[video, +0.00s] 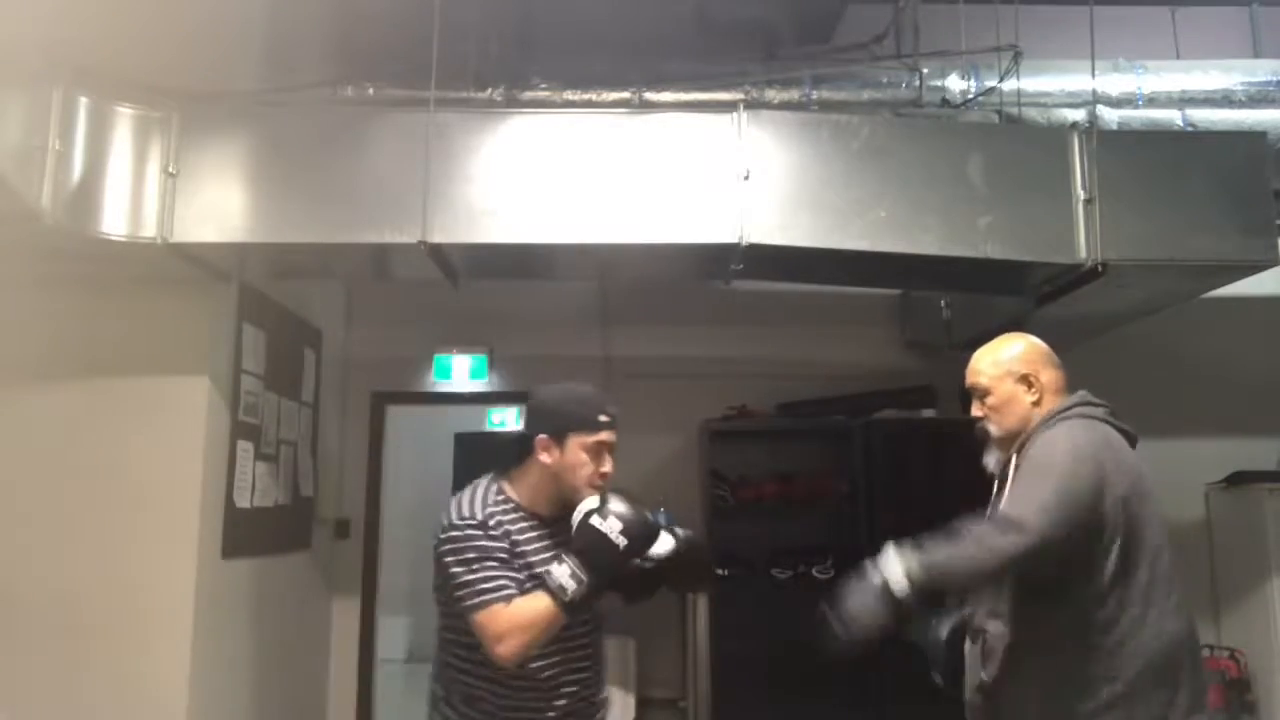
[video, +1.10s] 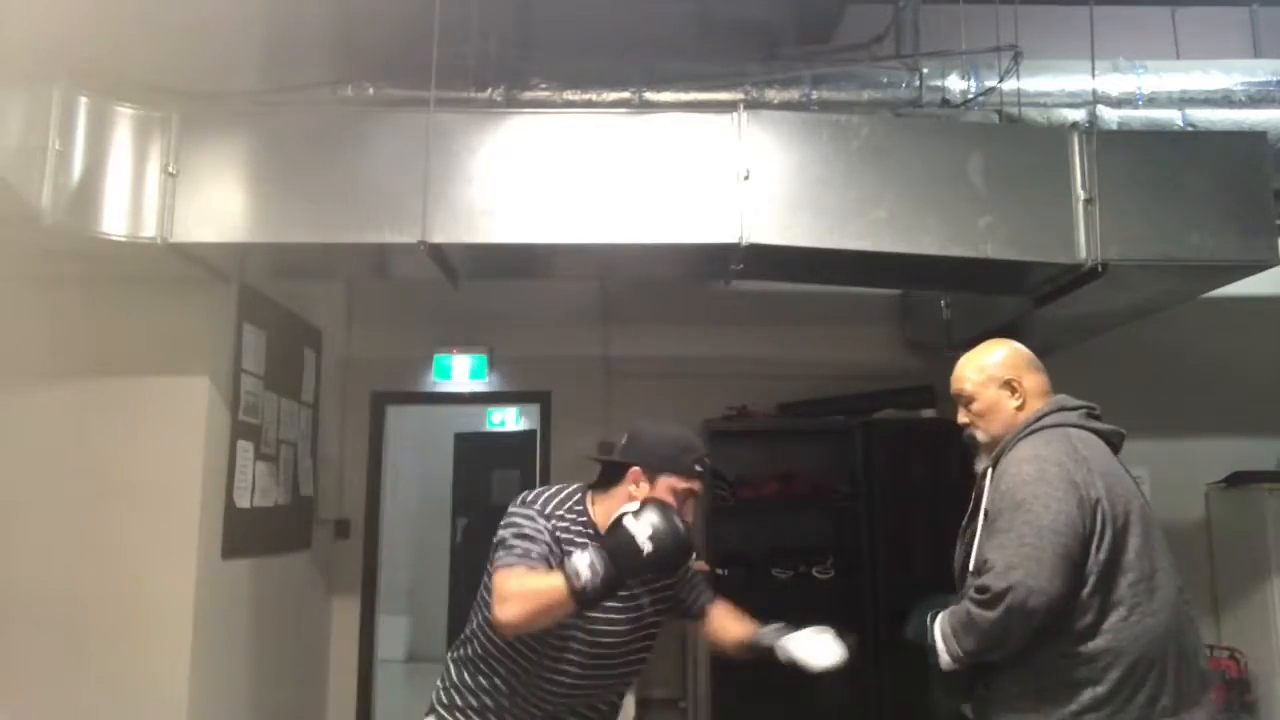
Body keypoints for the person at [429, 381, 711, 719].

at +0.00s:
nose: (608, 468)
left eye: (610, 453)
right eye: (594, 452)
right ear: (546, 449)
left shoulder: (578, 510)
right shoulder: (471, 521)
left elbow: (627, 585)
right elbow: (505, 643)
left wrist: (664, 564)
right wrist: (584, 565)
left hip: (582, 707)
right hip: (491, 710)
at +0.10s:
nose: (584, 460)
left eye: (588, 445)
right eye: (573, 442)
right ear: (523, 436)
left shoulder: (550, 507)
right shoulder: (447, 505)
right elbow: (494, 623)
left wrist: (640, 552)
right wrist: (574, 552)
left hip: (533, 707)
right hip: (450, 709)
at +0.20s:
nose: (561, 447)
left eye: (564, 432)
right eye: (551, 427)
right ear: (503, 419)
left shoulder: (526, 491)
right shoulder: (421, 490)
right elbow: (482, 598)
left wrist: (609, 548)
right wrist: (560, 529)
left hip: (511, 706)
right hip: (429, 709)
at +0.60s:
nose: (546, 441)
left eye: (550, 426)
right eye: (538, 421)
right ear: (491, 410)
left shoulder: (501, 482)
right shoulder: (415, 484)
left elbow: (510, 576)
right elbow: (451, 606)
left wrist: (573, 575)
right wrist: (542, 552)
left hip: (499, 705)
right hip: (417, 710)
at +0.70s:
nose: (561, 455)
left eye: (564, 440)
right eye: (553, 435)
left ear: (507, 428)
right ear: (506, 425)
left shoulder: (509, 497)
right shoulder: (424, 491)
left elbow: (507, 602)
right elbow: (461, 603)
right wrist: (552, 544)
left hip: (499, 706)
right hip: (418, 709)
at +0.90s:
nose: (645, 487)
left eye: (649, 475)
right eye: (636, 470)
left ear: (612, 462)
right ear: (595, 452)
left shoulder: (621, 517)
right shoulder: (497, 484)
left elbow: (685, 573)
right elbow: (473, 566)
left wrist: (752, 596)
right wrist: (579, 524)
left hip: (536, 705)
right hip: (443, 701)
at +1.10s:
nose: (688, 511)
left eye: (693, 499)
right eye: (682, 494)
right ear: (636, 480)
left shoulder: (667, 555)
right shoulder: (539, 511)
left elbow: (713, 616)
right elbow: (509, 612)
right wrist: (608, 562)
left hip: (585, 713)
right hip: (476, 710)